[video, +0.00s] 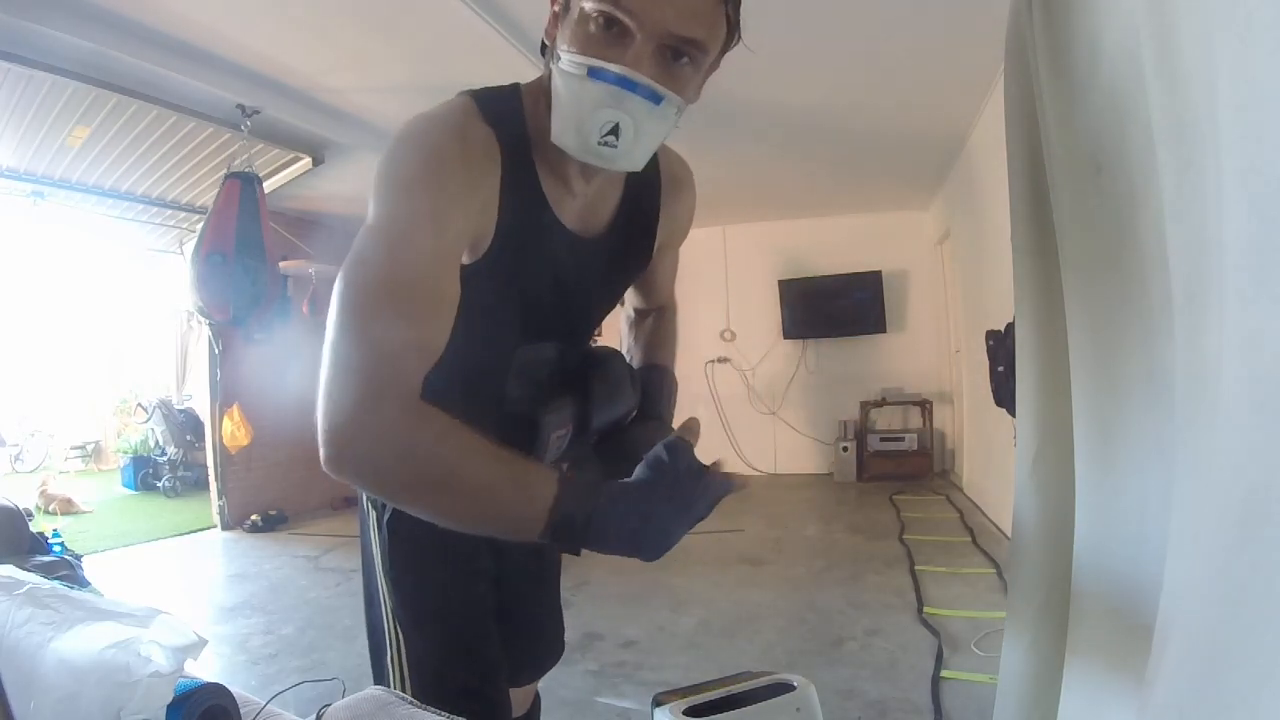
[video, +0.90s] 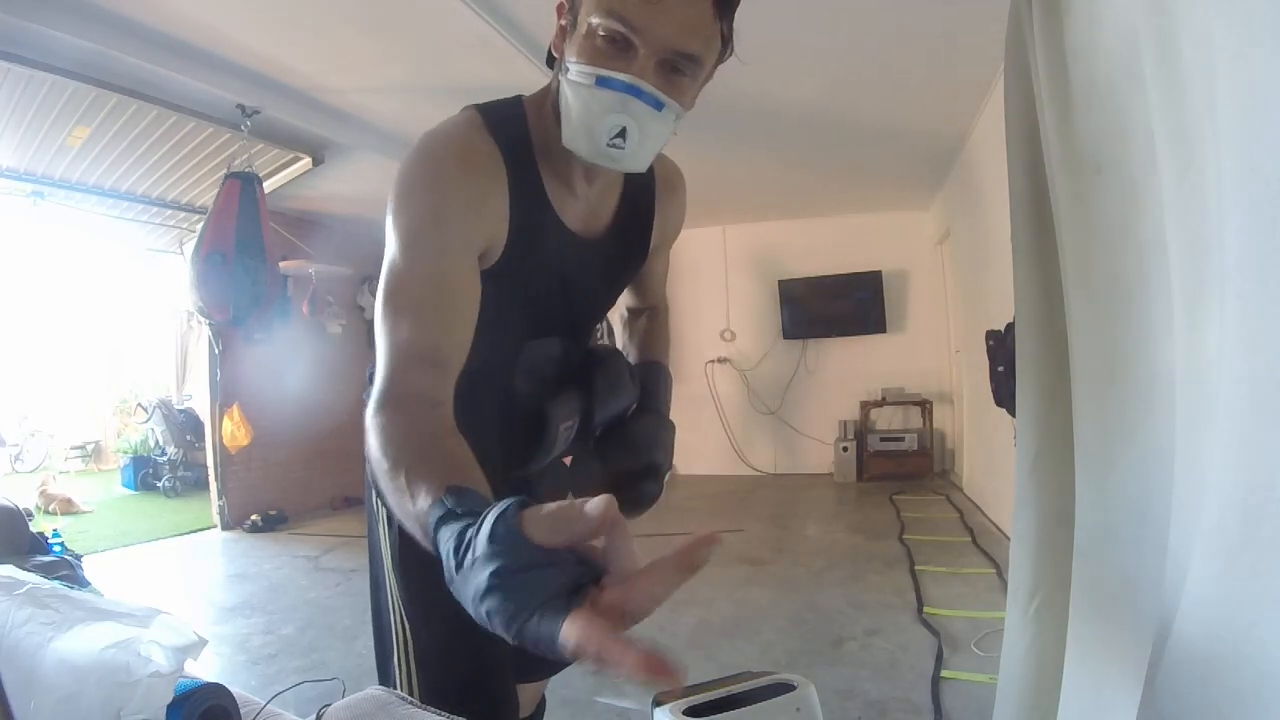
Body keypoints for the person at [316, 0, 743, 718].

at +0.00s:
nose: (633, 74)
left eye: (679, 54)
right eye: (610, 26)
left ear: (711, 73)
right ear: (556, 20)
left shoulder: (664, 187)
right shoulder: (446, 152)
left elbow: (653, 309)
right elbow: (362, 431)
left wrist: (651, 418)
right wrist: (584, 512)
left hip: (535, 467)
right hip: (421, 469)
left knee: (521, 684)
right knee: (462, 704)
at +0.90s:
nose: (637, 84)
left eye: (678, 66)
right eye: (616, 41)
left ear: (706, 80)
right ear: (563, 27)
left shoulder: (658, 192)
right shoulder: (459, 162)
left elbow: (644, 307)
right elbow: (409, 393)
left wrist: (646, 412)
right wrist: (465, 531)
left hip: (547, 459)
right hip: (435, 456)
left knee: (529, 684)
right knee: (463, 703)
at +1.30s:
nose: (647, 72)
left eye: (681, 57)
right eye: (624, 31)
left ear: (701, 74)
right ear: (564, 23)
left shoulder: (655, 187)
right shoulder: (457, 156)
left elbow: (646, 306)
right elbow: (380, 364)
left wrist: (649, 411)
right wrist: (374, 495)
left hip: (534, 459)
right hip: (430, 452)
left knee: (525, 685)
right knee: (475, 698)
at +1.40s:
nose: (651, 72)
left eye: (684, 53)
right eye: (625, 30)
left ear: (702, 66)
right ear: (560, 25)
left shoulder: (654, 184)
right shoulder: (447, 158)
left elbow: (646, 304)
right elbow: (325, 379)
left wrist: (649, 409)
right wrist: (421, 499)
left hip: (545, 466)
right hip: (434, 461)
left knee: (526, 686)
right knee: (461, 702)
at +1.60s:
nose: (642, 66)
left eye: (674, 42)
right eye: (609, 23)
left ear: (694, 56)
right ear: (539, 22)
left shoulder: (651, 176)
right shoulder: (440, 148)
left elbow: (645, 296)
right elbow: (294, 378)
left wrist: (651, 410)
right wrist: (559, 521)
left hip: (530, 467)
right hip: (419, 470)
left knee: (523, 683)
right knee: (459, 701)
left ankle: (518, 709)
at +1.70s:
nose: (644, 64)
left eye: (680, 37)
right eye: (614, 19)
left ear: (703, 45)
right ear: (543, 14)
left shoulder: (651, 172)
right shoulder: (431, 152)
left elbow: (638, 293)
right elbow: (320, 420)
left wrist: (640, 410)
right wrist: (550, 569)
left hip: (525, 465)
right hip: (418, 463)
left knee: (518, 682)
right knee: (455, 701)